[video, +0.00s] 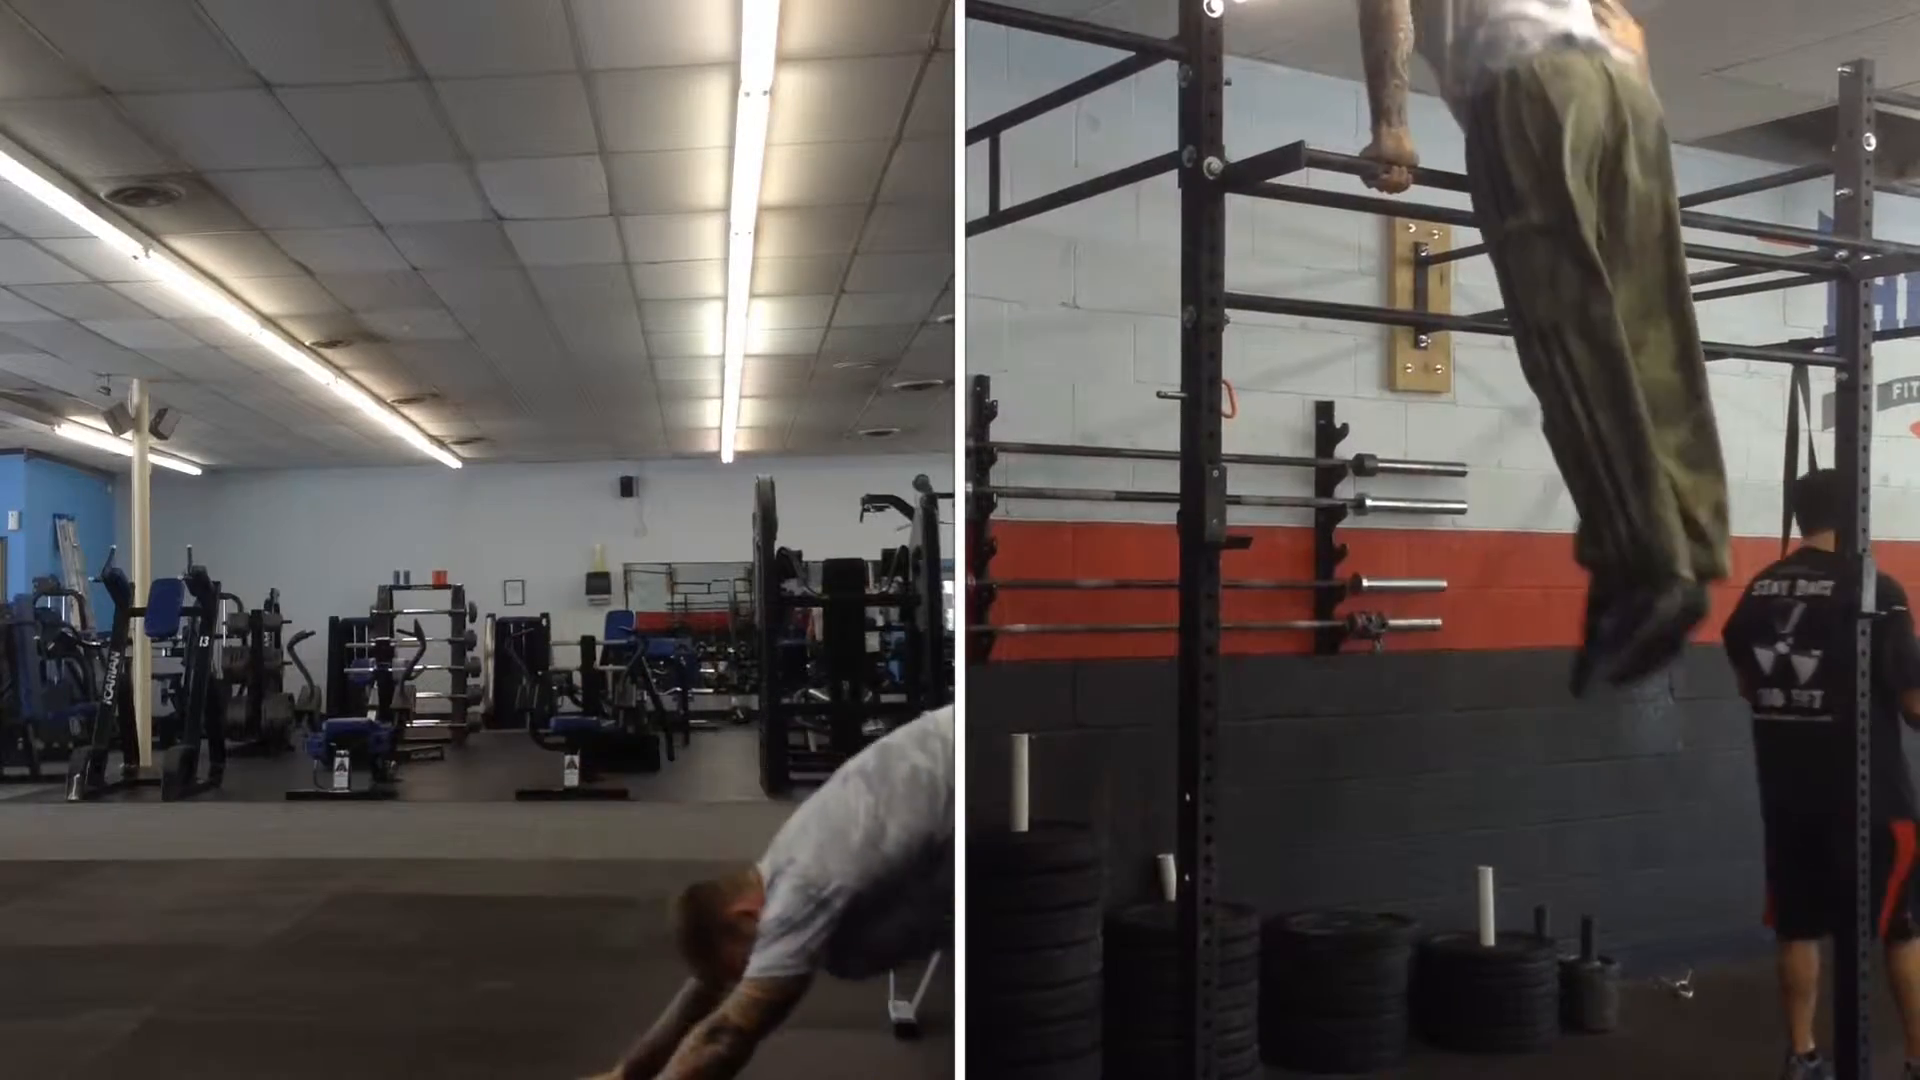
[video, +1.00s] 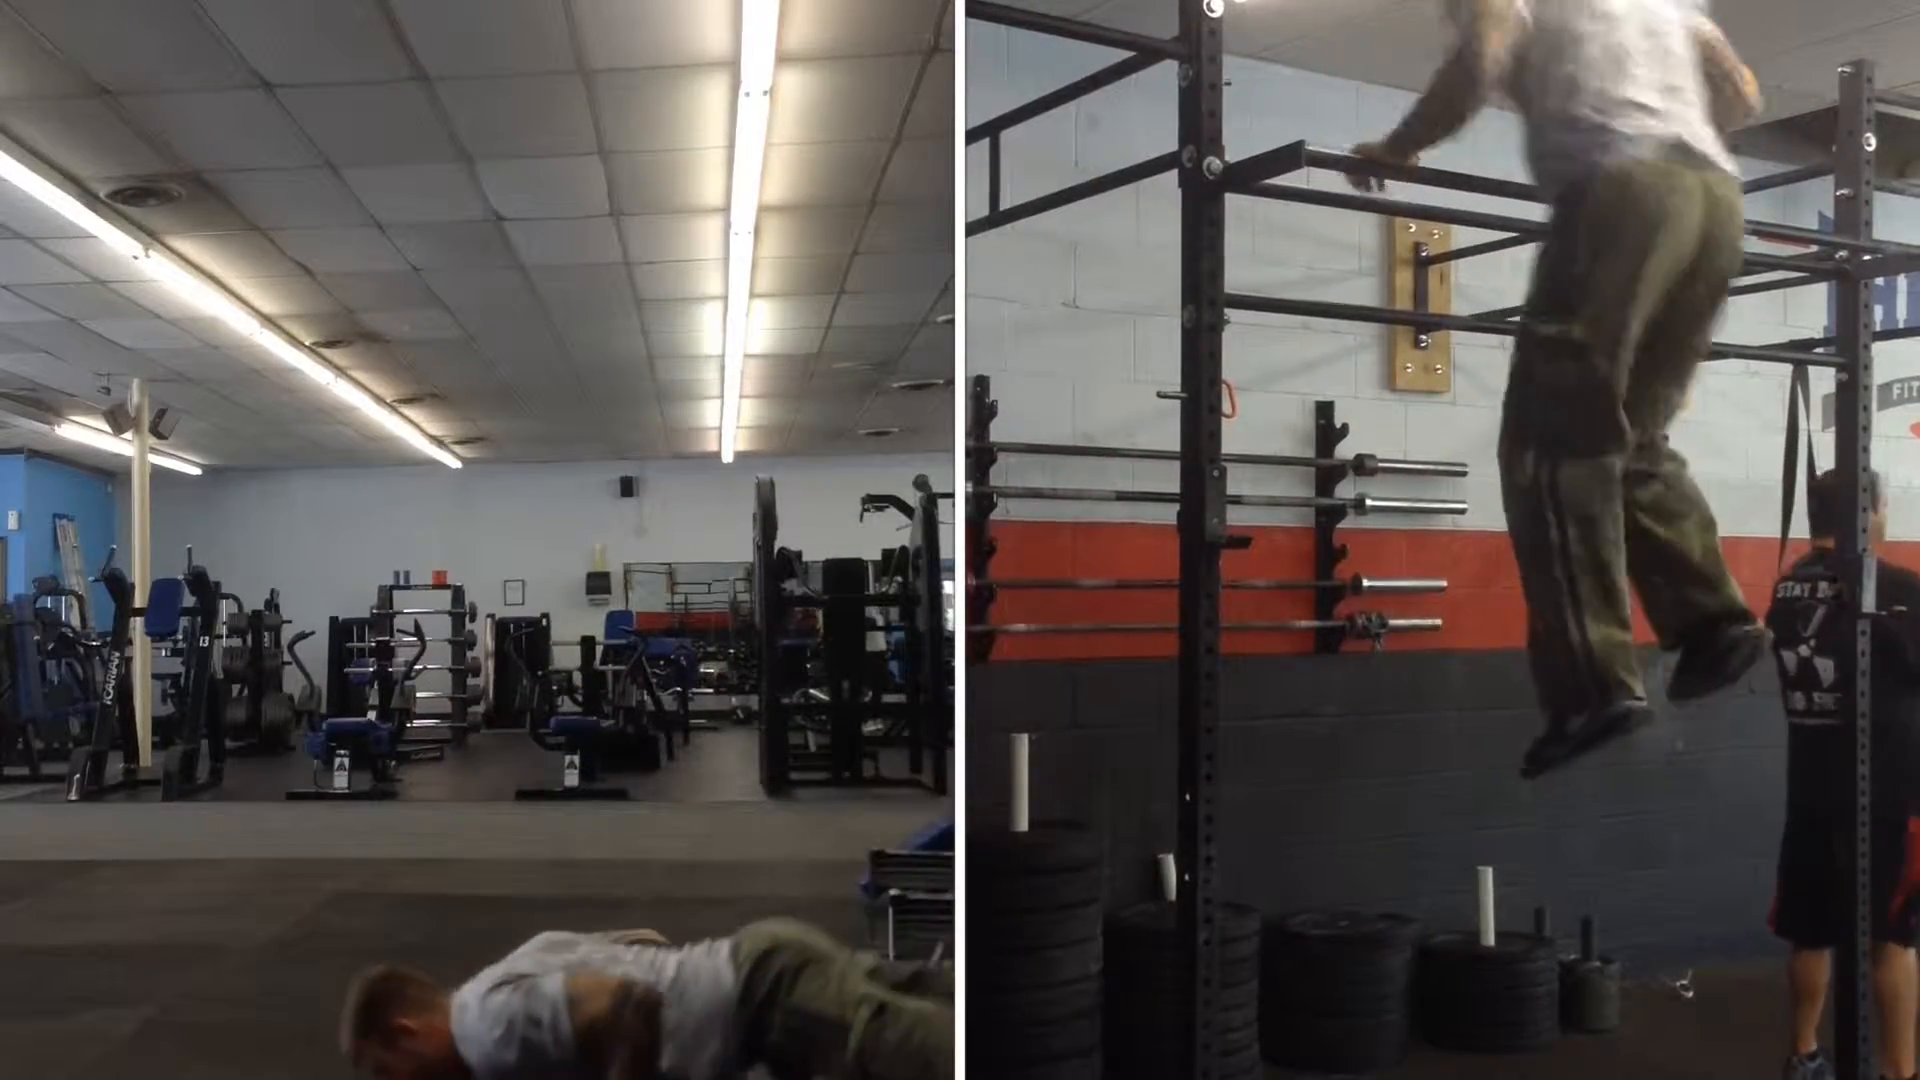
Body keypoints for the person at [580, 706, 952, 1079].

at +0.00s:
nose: (759, 976)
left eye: (749, 969)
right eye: (744, 975)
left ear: (750, 918)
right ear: (746, 913)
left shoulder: (806, 884)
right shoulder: (778, 870)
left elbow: (731, 1035)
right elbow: (709, 988)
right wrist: (627, 1071)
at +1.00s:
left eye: (385, 1068)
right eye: (383, 1073)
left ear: (404, 1034)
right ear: (422, 1005)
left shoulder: (484, 1025)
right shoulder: (515, 964)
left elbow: (625, 1003)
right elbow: (650, 943)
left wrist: (622, 1070)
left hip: (764, 998)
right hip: (766, 955)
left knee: (951, 1052)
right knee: (944, 1002)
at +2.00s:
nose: (460, 706)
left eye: (472, 690)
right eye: (464, 690)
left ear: (516, 704)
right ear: (520, 705)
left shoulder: (552, 818)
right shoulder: (578, 776)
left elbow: (589, 985)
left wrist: (606, 1068)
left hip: (718, 1014)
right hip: (727, 969)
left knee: (910, 1070)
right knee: (897, 1024)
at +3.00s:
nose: (645, 899)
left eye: (633, 887)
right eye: (630, 894)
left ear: (646, 845)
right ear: (648, 834)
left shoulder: (727, 834)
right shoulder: (707, 815)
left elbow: (686, 1001)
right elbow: (669, 963)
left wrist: (635, 1076)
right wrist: (620, 1066)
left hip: (971, 775)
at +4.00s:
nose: (584, 1066)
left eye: (571, 1056)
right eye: (569, 1063)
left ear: (574, 1010)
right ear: (575, 1001)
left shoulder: (642, 975)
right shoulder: (629, 961)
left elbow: (726, 1065)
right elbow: (700, 1050)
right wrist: (638, 1070)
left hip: (897, 838)